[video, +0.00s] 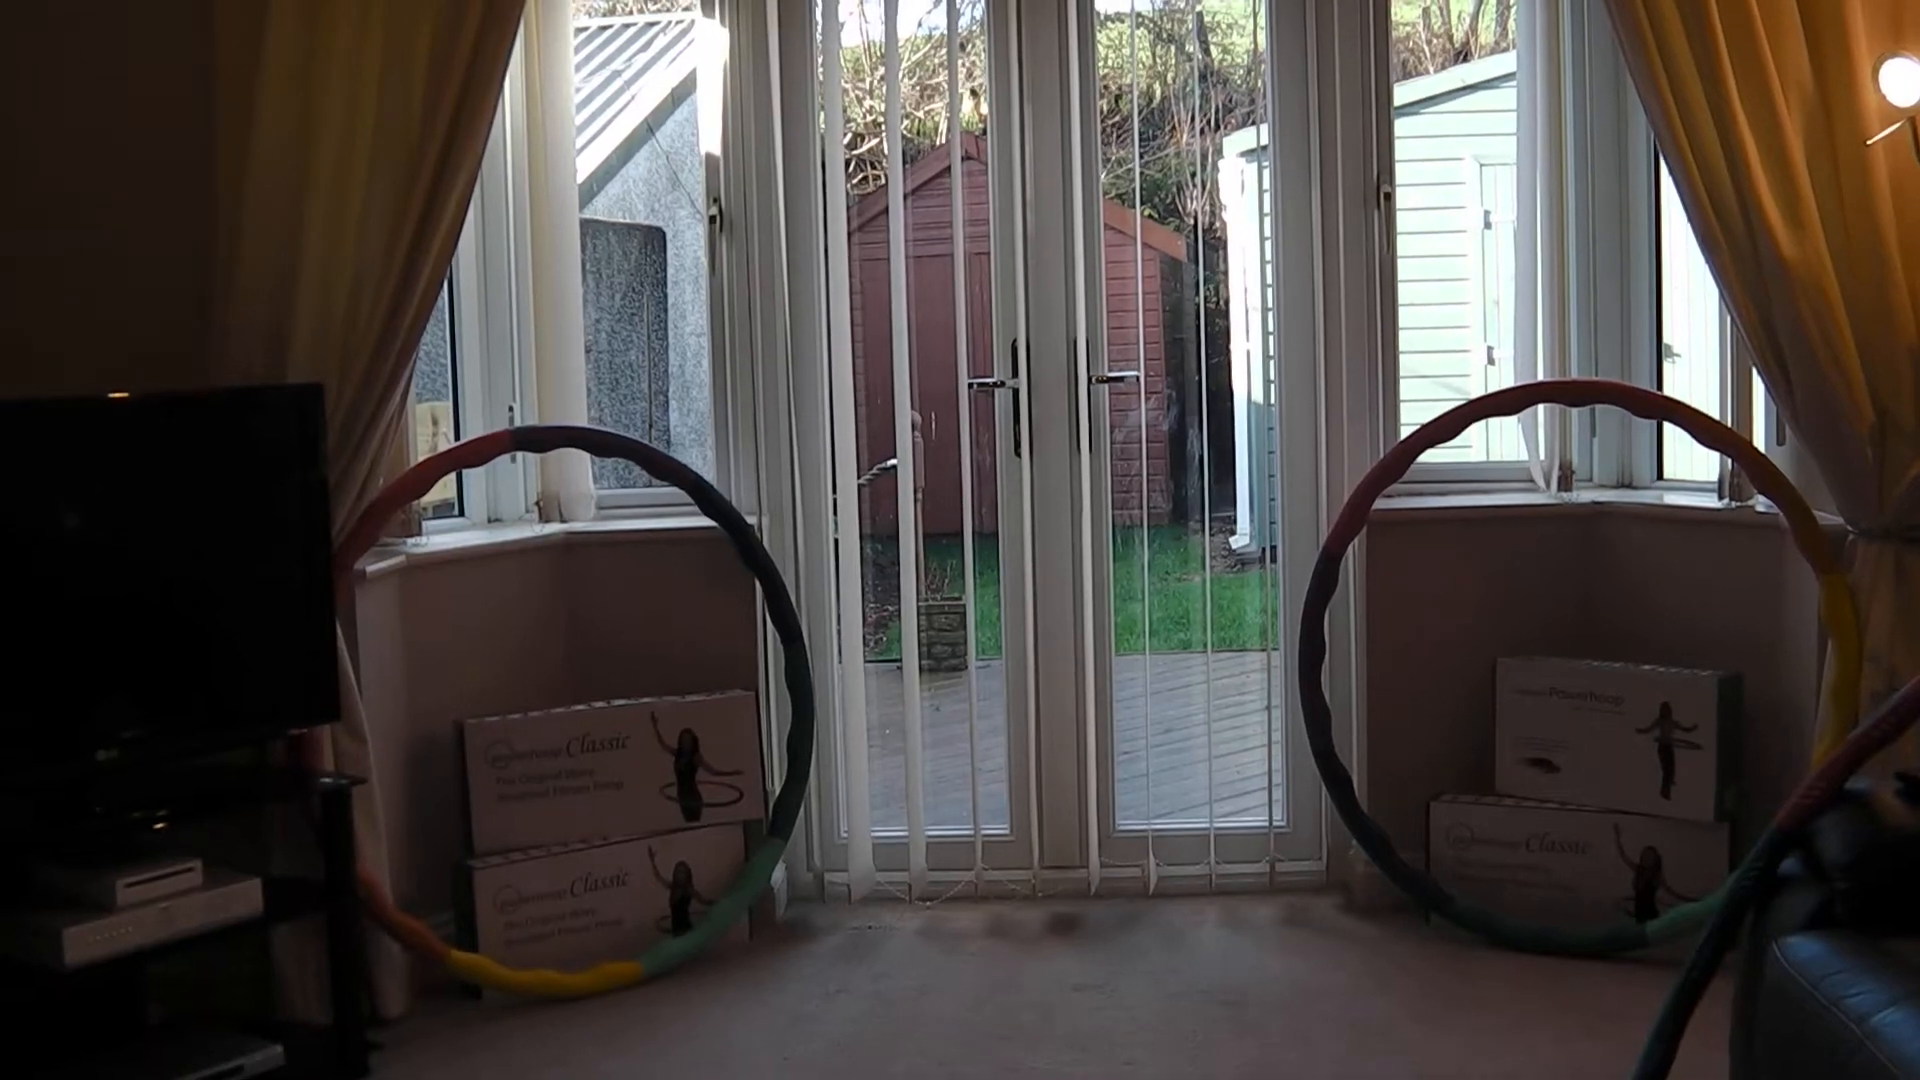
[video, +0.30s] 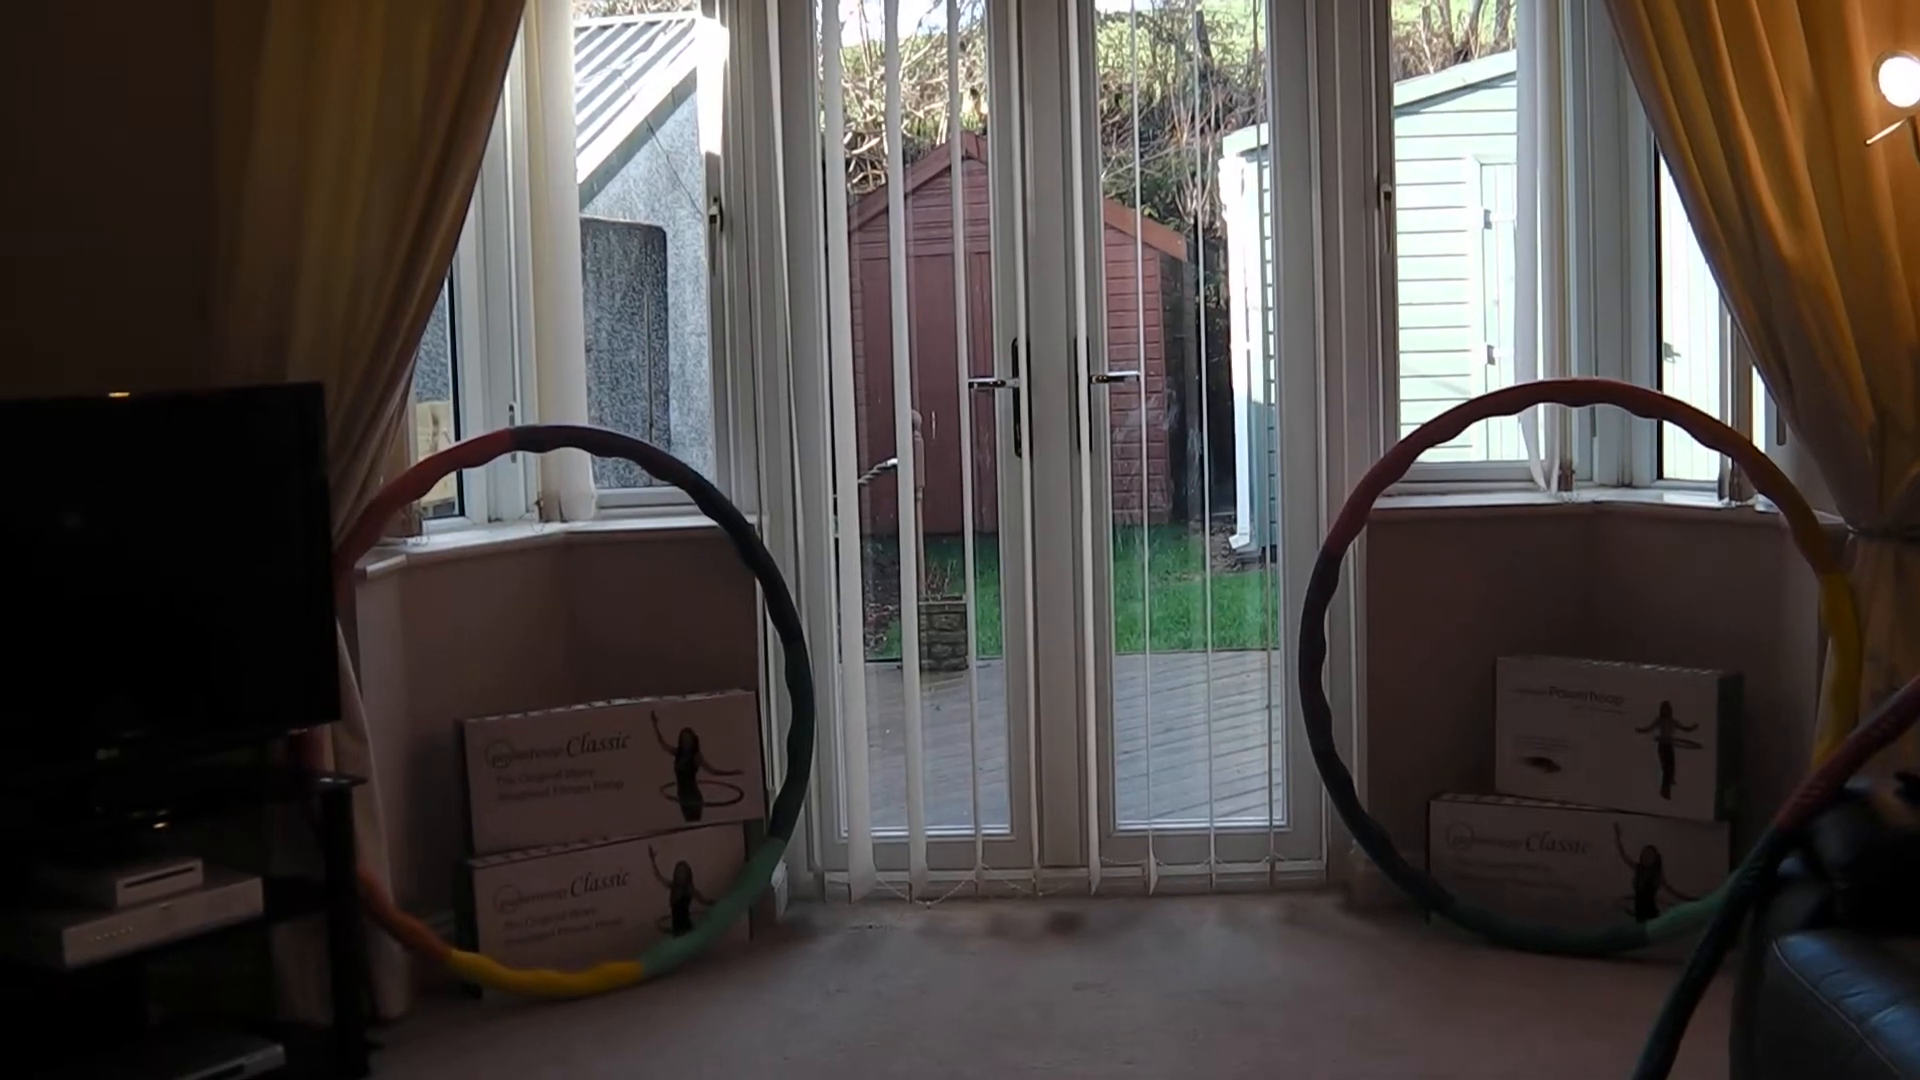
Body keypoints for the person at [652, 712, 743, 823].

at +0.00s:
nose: (685, 742)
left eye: (688, 739)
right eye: (683, 739)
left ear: (693, 741)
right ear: (680, 741)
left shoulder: (695, 757)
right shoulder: (678, 754)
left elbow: (713, 772)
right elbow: (662, 744)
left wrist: (733, 773)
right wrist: (655, 725)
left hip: (692, 794)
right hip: (681, 794)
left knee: (695, 826)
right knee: (690, 826)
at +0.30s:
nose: (685, 741)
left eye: (688, 738)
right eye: (683, 738)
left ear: (693, 741)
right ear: (680, 740)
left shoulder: (695, 756)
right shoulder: (678, 754)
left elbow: (713, 771)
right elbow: (662, 744)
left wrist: (733, 773)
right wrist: (655, 725)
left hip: (693, 793)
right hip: (682, 794)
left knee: (696, 826)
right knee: (690, 827)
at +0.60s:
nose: (685, 742)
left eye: (688, 739)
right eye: (683, 739)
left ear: (693, 741)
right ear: (680, 741)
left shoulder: (696, 757)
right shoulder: (678, 754)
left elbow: (713, 771)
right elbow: (663, 744)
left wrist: (732, 774)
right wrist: (655, 725)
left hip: (693, 794)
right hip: (682, 794)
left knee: (696, 827)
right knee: (691, 827)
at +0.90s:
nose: (685, 742)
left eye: (688, 739)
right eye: (683, 739)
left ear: (693, 741)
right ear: (680, 741)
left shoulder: (696, 757)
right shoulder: (678, 754)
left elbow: (712, 772)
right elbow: (662, 744)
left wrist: (733, 774)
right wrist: (655, 726)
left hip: (693, 794)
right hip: (682, 794)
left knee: (696, 827)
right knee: (690, 827)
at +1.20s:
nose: (684, 742)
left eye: (688, 739)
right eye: (683, 739)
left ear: (693, 741)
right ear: (680, 740)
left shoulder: (696, 757)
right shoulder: (678, 754)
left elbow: (713, 771)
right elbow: (662, 744)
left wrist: (733, 773)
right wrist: (655, 725)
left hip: (693, 794)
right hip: (682, 794)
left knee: (696, 827)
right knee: (690, 827)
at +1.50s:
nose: (684, 742)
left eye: (688, 739)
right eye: (683, 739)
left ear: (693, 742)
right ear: (680, 741)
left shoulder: (696, 758)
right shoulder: (678, 754)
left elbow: (713, 772)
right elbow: (662, 744)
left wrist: (733, 774)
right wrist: (655, 726)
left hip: (693, 794)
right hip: (682, 794)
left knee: (696, 827)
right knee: (690, 827)